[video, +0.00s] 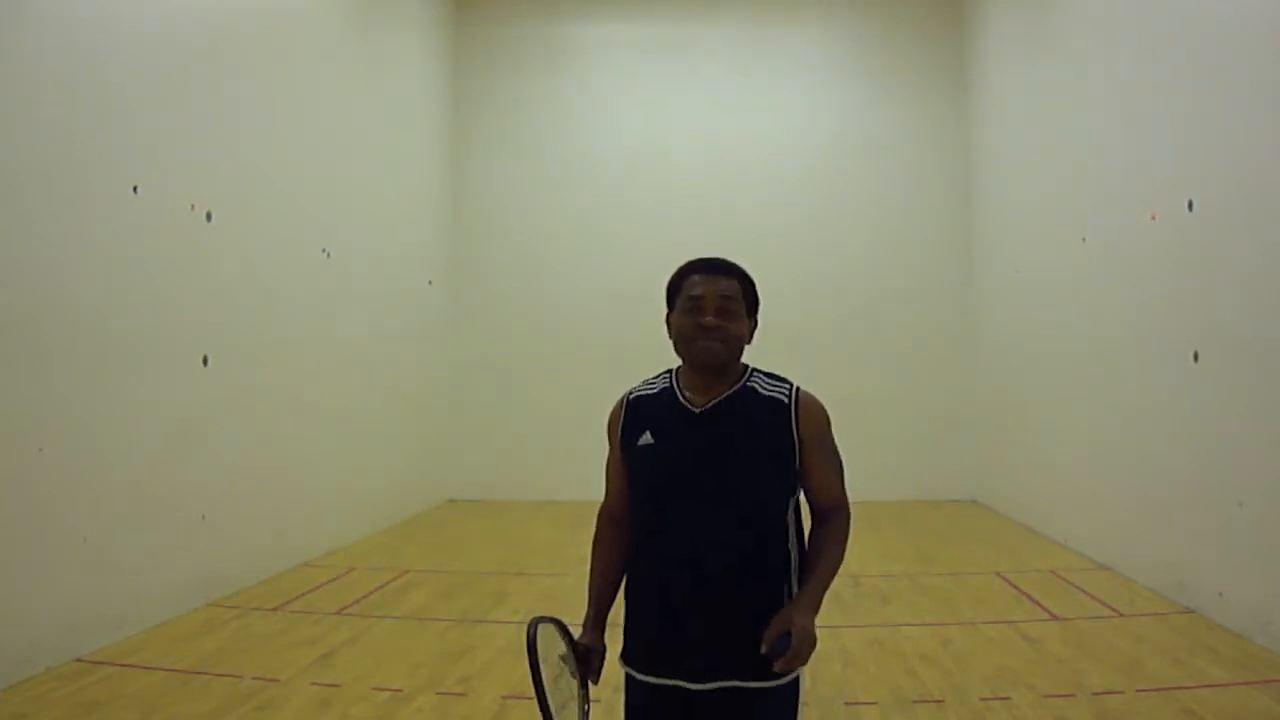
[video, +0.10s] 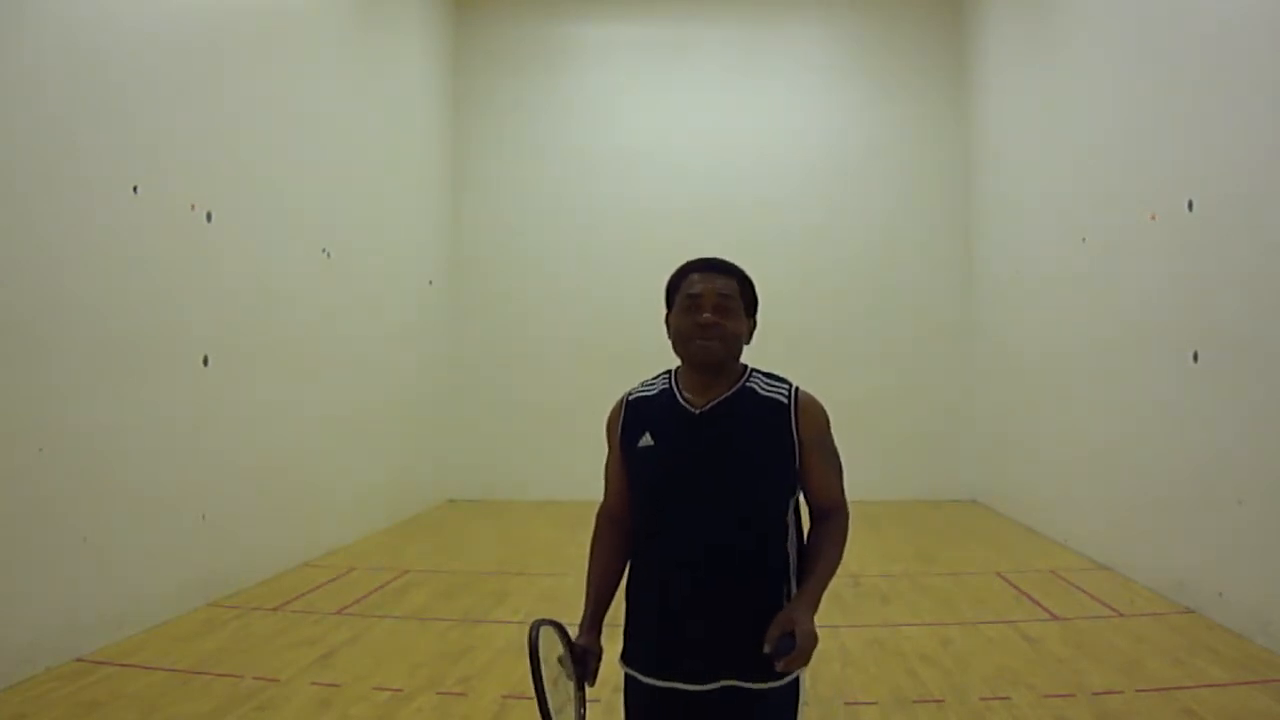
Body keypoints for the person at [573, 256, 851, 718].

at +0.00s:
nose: (709, 319)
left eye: (727, 309)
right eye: (694, 307)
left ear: (750, 329)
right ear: (669, 323)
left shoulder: (796, 413)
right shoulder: (633, 413)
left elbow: (832, 514)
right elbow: (616, 518)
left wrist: (805, 606)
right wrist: (594, 624)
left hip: (757, 667)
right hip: (658, 663)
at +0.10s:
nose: (707, 315)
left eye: (725, 306)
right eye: (692, 304)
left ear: (749, 328)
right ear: (668, 323)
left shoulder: (796, 413)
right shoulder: (632, 414)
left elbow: (830, 515)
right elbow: (615, 519)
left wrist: (804, 606)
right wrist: (591, 626)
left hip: (758, 668)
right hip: (658, 665)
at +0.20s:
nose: (705, 315)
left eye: (723, 305)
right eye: (690, 303)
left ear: (748, 327)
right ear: (666, 322)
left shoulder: (795, 412)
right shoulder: (631, 413)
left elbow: (830, 514)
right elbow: (613, 519)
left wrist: (805, 605)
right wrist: (586, 628)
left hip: (759, 668)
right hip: (657, 665)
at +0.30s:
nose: (704, 316)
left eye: (722, 306)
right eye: (689, 304)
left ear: (747, 326)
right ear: (666, 321)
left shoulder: (794, 412)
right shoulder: (630, 414)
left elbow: (828, 513)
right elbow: (610, 520)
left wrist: (806, 603)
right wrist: (584, 627)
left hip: (759, 666)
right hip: (658, 663)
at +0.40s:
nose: (704, 316)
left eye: (721, 306)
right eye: (688, 304)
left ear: (746, 326)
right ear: (664, 322)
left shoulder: (792, 414)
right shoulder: (628, 416)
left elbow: (824, 516)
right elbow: (610, 520)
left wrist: (807, 606)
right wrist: (582, 629)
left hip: (759, 669)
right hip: (657, 667)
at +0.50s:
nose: (702, 309)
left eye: (720, 300)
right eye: (685, 299)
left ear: (744, 325)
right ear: (662, 323)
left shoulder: (792, 414)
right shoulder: (626, 417)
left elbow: (822, 516)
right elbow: (609, 520)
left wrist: (804, 610)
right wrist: (582, 630)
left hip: (759, 672)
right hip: (656, 670)